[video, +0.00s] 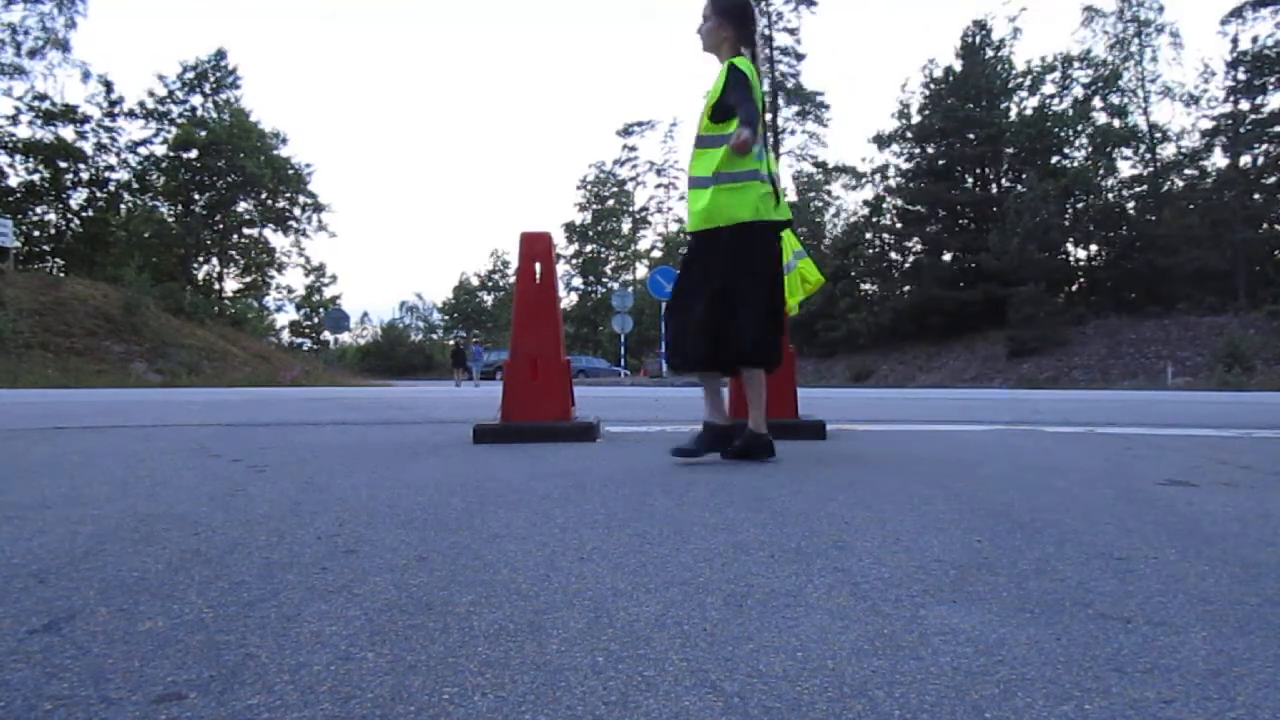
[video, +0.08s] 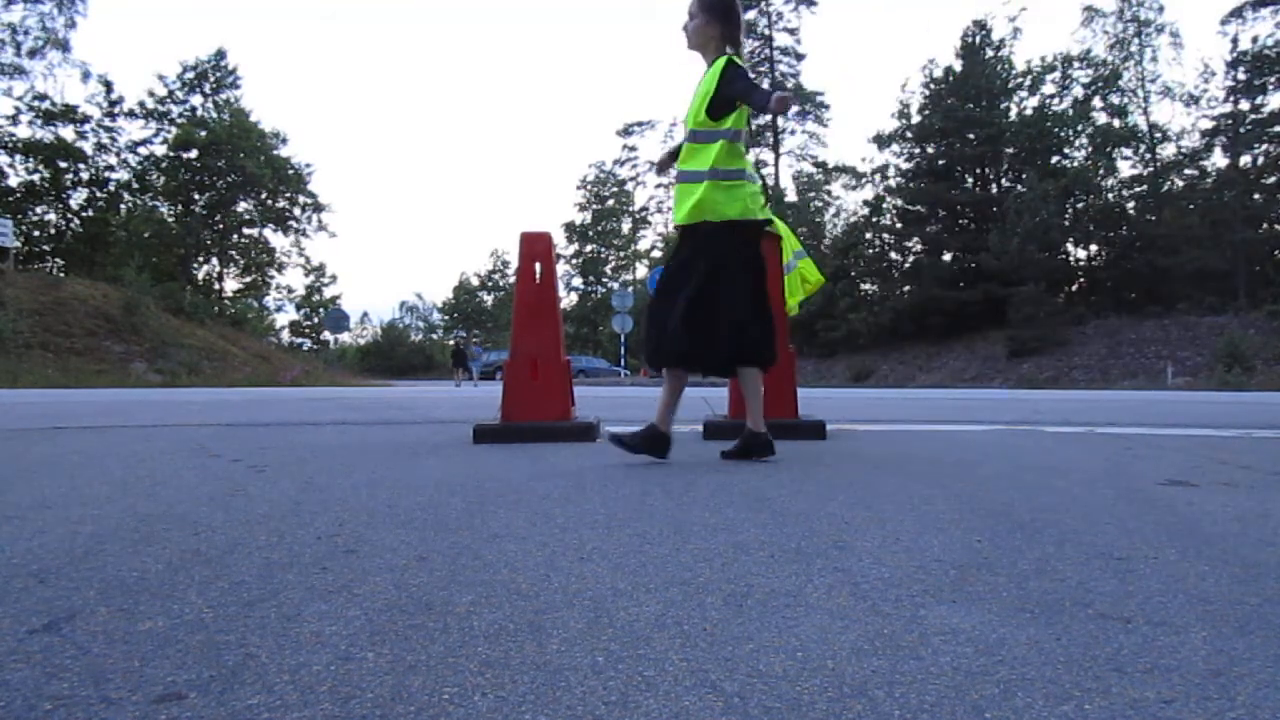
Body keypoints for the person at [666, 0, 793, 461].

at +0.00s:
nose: (699, 29)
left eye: (705, 20)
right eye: (701, 21)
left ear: (726, 26)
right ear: (734, 29)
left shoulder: (735, 69)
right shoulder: (742, 75)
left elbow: (749, 107)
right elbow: (755, 149)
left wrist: (746, 130)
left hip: (728, 227)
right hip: (750, 226)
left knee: (697, 319)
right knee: (750, 326)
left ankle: (716, 422)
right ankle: (757, 432)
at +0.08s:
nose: (684, 25)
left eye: (691, 18)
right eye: (686, 18)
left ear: (714, 26)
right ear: (712, 27)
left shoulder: (726, 68)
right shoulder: (711, 77)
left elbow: (751, 93)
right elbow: (706, 136)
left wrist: (773, 100)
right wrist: (672, 156)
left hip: (714, 225)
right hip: (728, 224)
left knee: (678, 323)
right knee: (742, 328)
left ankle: (660, 430)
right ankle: (756, 433)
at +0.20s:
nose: (665, 28)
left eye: (674, 20)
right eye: (667, 20)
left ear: (699, 30)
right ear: (692, 33)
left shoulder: (716, 79)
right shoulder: (672, 92)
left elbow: (762, 107)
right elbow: (638, 129)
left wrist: (806, 105)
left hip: (695, 231)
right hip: (683, 230)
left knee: (653, 330)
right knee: (715, 329)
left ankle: (628, 435)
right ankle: (751, 423)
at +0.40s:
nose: (655, 37)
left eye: (666, 32)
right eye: (649, 30)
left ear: (682, 49)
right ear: (641, 44)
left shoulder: (698, 104)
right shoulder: (613, 105)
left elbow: (747, 162)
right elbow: (552, 140)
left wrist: (807, 189)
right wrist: (484, 148)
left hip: (670, 243)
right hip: (620, 240)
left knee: (627, 332)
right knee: (582, 327)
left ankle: (623, 437)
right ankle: (642, 395)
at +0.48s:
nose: (658, 37)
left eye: (666, 33)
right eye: (651, 29)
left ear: (673, 46)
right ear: (633, 38)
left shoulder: (689, 104)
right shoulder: (598, 96)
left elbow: (742, 157)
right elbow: (528, 117)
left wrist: (803, 173)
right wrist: (470, 107)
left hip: (659, 240)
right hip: (602, 235)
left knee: (627, 335)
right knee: (573, 320)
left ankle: (622, 438)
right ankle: (588, 408)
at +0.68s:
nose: (664, 8)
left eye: (664, 3)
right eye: (657, 1)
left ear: (640, 8)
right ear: (630, 2)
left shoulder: (649, 66)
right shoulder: (601, 37)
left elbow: (669, 114)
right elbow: (561, 36)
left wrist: (717, 115)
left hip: (620, 195)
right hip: (581, 191)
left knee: (615, 304)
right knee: (611, 299)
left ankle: (569, 406)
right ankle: (604, 414)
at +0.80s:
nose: (651, 22)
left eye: (651, 15)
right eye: (647, 14)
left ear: (618, 14)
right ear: (625, 11)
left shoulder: (610, 68)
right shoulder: (603, 46)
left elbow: (597, 140)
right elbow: (619, 54)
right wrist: (668, 22)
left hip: (585, 200)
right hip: (591, 197)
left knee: (590, 315)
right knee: (618, 315)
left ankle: (539, 414)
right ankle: (598, 431)